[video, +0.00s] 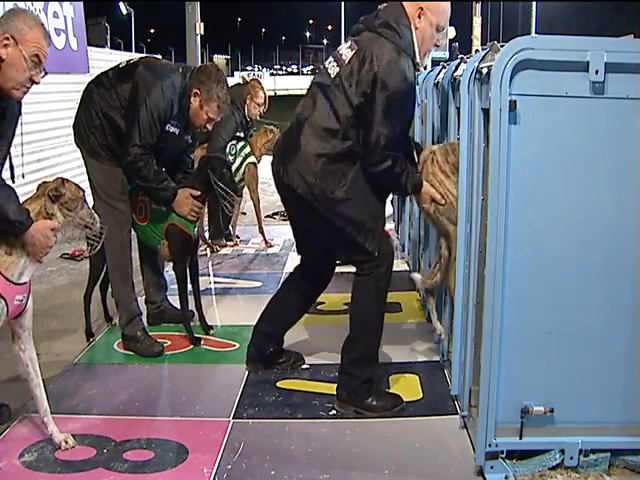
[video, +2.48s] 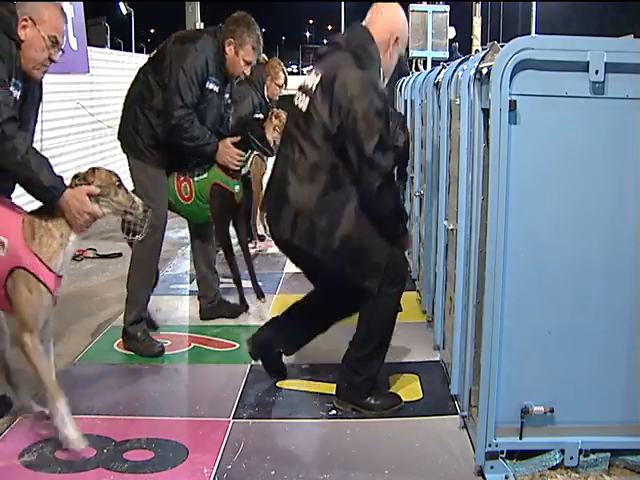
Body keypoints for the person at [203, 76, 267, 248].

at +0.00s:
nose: (260, 111)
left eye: (262, 106)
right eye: (258, 105)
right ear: (247, 100)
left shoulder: (247, 119)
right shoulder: (231, 116)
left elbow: (247, 141)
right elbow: (215, 150)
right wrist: (225, 178)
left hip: (223, 156)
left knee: (232, 190)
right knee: (217, 192)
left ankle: (226, 230)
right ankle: (216, 235)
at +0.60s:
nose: (261, 96)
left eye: (263, 92)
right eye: (259, 91)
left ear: (249, 87)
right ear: (246, 87)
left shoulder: (244, 105)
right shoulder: (231, 104)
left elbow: (239, 130)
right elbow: (213, 137)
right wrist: (224, 170)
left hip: (223, 151)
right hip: (212, 152)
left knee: (224, 191)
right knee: (218, 192)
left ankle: (223, 229)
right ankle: (216, 232)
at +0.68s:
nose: (261, 98)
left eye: (263, 94)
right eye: (259, 93)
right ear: (248, 88)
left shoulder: (247, 107)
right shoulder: (233, 105)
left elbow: (243, 130)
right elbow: (213, 135)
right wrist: (225, 165)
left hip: (224, 151)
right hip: (211, 151)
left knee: (224, 194)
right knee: (215, 194)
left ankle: (223, 229)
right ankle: (215, 232)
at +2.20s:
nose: (269, 94)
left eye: (270, 89)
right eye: (266, 89)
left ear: (257, 85)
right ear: (253, 85)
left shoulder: (248, 95)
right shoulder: (232, 98)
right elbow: (229, 130)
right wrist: (250, 152)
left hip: (238, 143)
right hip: (216, 146)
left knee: (243, 190)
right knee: (216, 194)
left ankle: (249, 231)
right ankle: (212, 235)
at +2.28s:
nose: (272, 94)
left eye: (273, 90)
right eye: (269, 89)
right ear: (257, 84)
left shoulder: (252, 95)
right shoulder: (237, 95)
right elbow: (234, 126)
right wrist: (255, 151)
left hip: (243, 145)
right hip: (228, 147)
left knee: (248, 192)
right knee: (244, 193)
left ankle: (251, 230)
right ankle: (246, 234)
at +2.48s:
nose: (280, 90)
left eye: (282, 86)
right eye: (278, 85)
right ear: (267, 80)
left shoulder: (268, 99)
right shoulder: (248, 95)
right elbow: (244, 125)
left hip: (257, 147)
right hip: (242, 149)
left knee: (255, 191)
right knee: (249, 193)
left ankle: (254, 229)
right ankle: (249, 232)